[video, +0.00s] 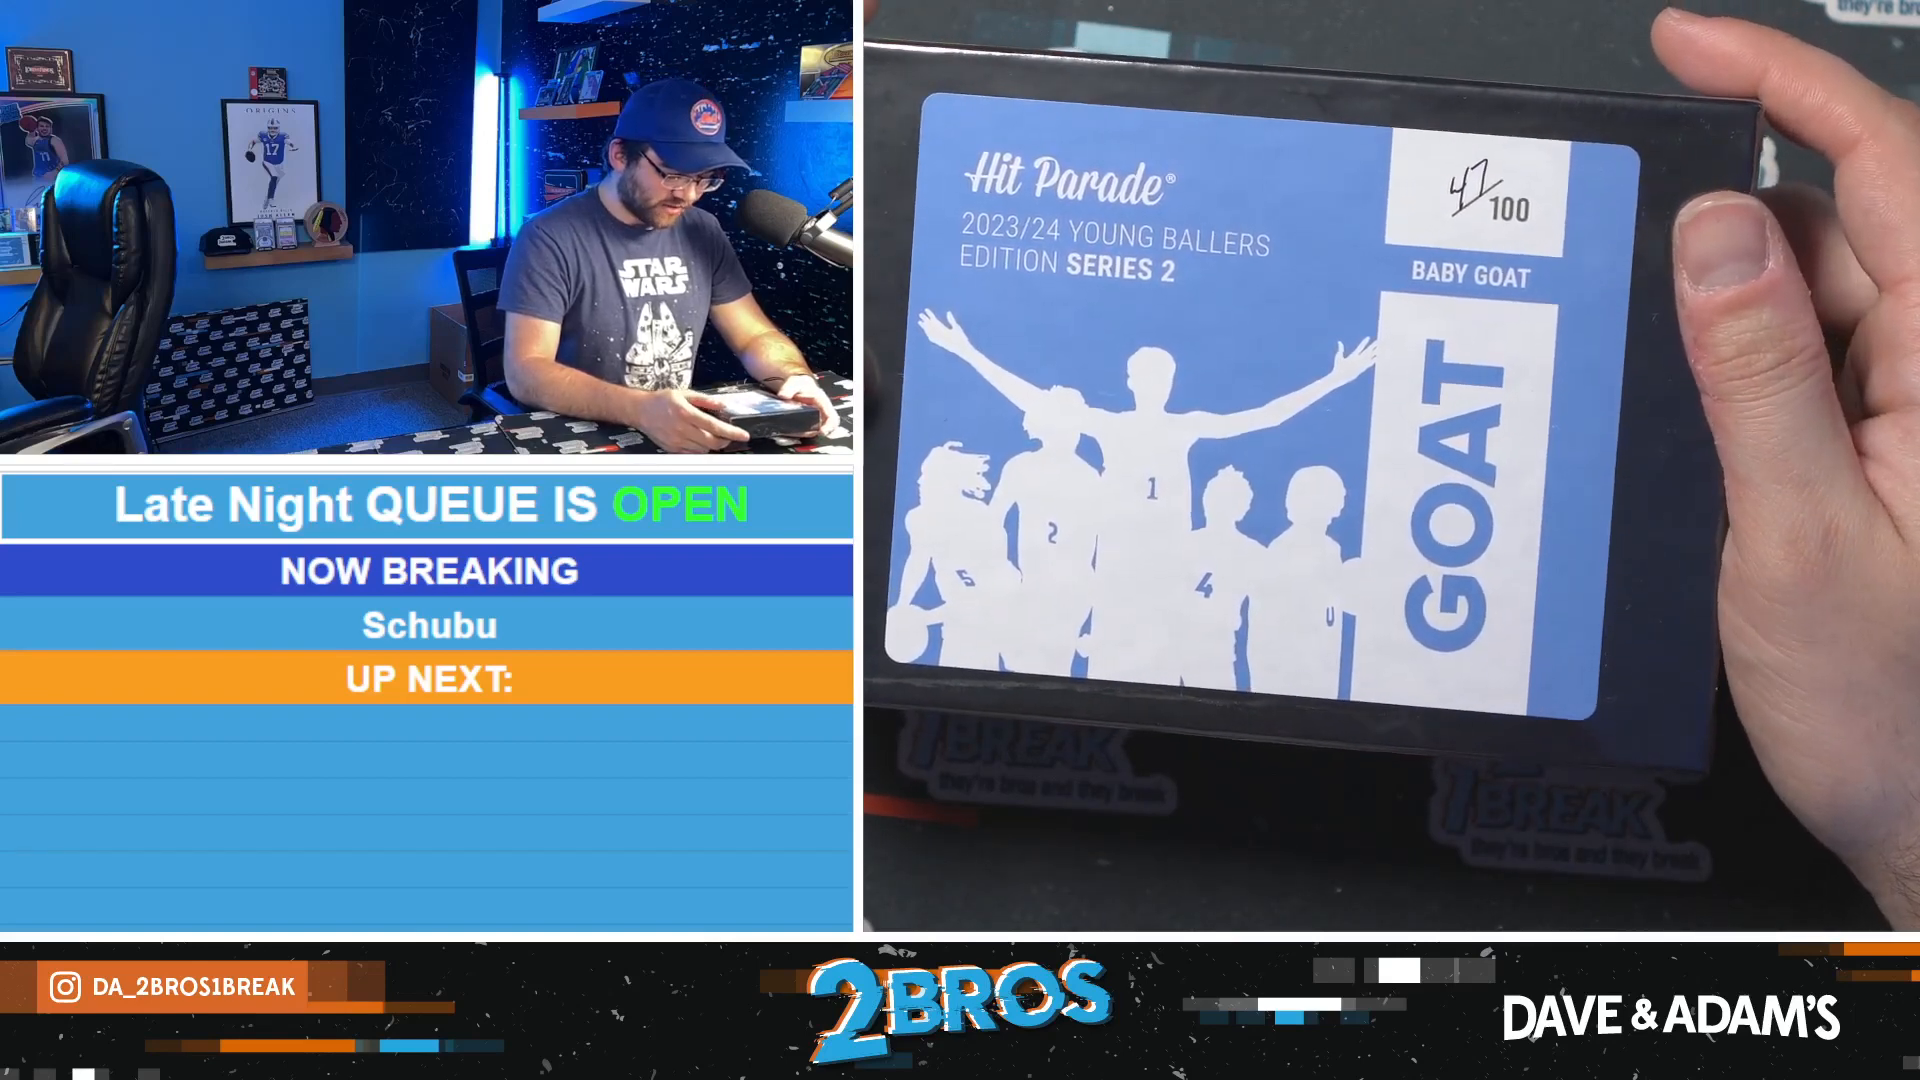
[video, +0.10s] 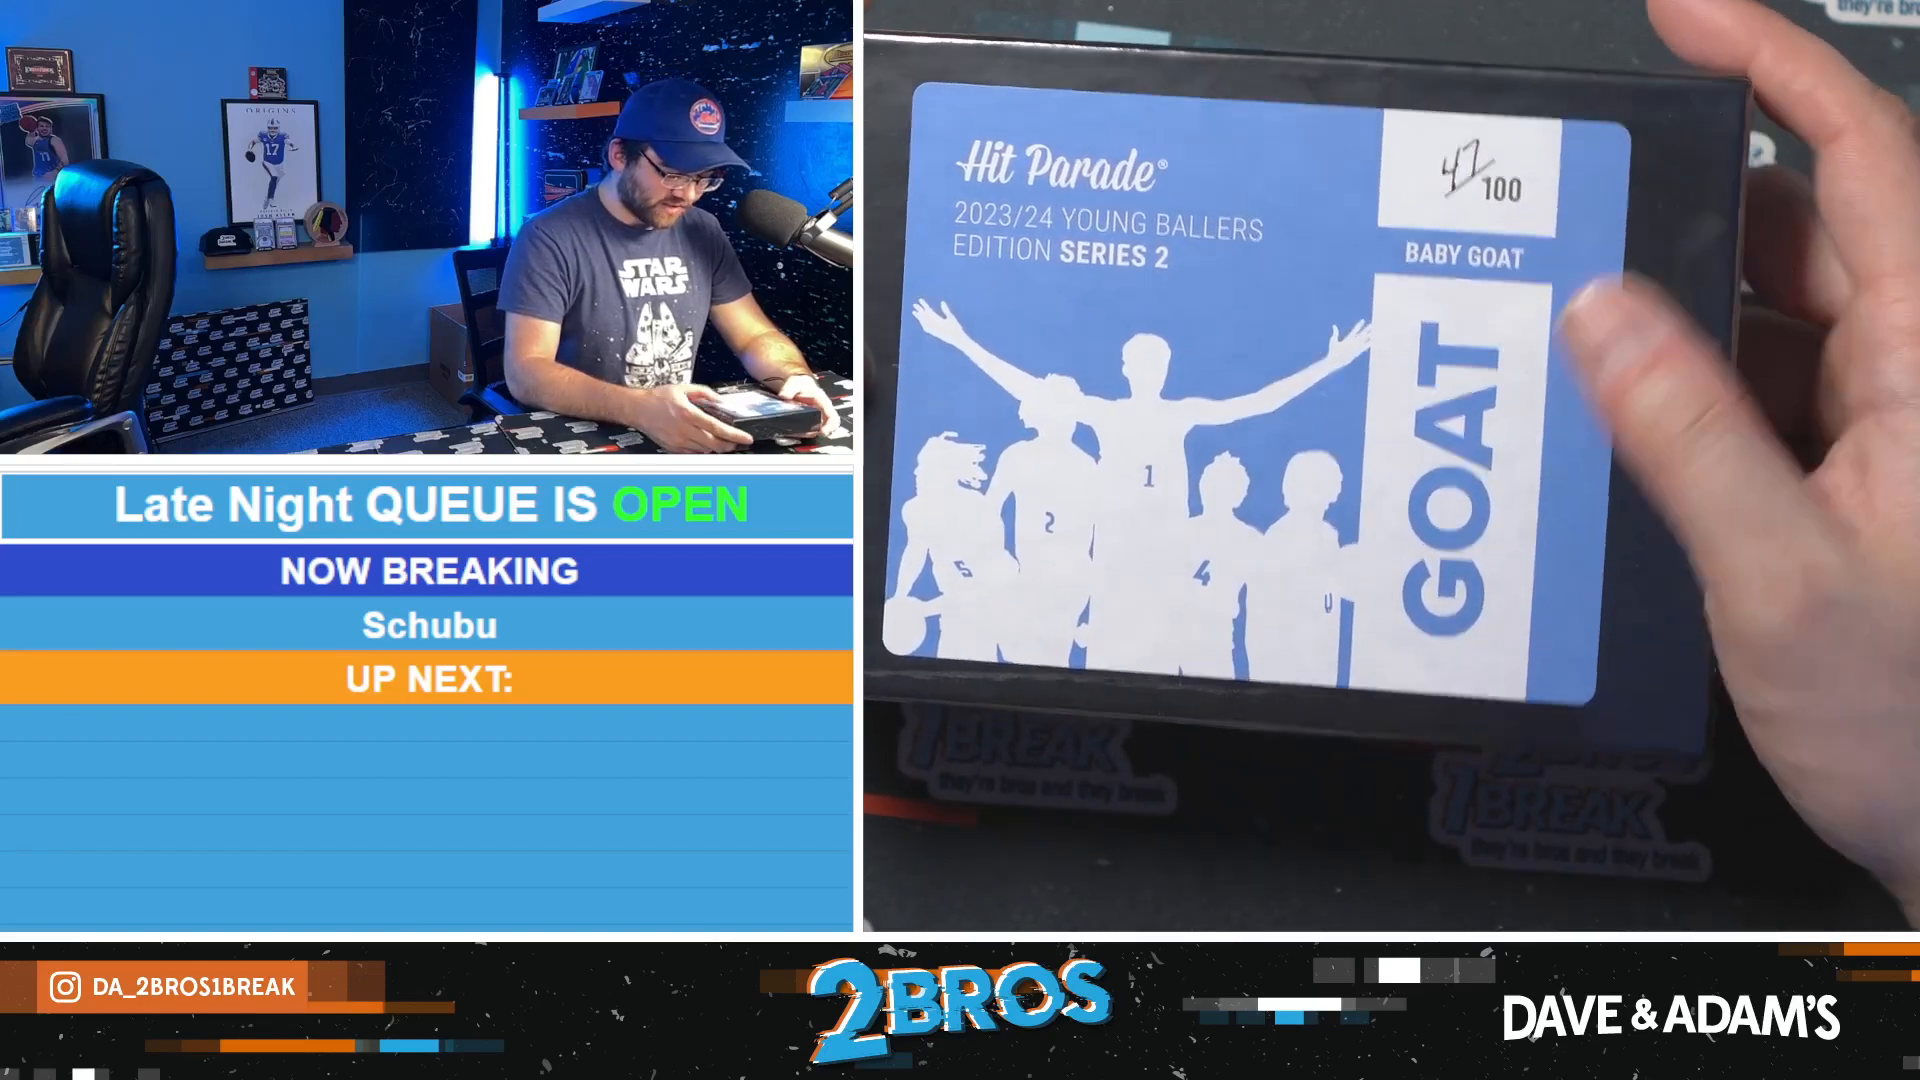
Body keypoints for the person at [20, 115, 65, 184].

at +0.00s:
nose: (44, 128)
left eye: (47, 126)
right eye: (41, 126)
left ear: (50, 128)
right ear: (37, 128)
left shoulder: (55, 140)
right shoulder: (35, 140)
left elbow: (64, 160)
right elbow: (28, 142)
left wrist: (54, 173)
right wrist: (31, 132)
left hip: (51, 177)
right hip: (37, 176)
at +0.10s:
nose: (44, 128)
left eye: (47, 126)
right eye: (41, 126)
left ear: (50, 129)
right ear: (37, 128)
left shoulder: (54, 140)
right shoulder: (35, 140)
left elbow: (64, 161)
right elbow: (28, 142)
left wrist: (54, 173)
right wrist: (31, 132)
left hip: (51, 177)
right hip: (37, 176)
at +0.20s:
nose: (44, 128)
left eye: (47, 126)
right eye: (41, 126)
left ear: (51, 129)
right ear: (37, 128)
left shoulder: (54, 140)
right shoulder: (35, 140)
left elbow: (64, 160)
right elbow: (28, 142)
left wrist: (54, 173)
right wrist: (30, 133)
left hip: (50, 177)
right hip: (37, 176)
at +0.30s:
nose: (44, 128)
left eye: (47, 126)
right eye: (41, 126)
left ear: (50, 128)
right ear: (37, 128)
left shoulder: (55, 140)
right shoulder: (35, 140)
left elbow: (64, 160)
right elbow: (28, 142)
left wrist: (54, 173)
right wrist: (31, 132)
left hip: (51, 177)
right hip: (37, 176)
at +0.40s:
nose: (44, 128)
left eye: (47, 126)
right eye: (41, 126)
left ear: (50, 128)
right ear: (37, 128)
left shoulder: (55, 140)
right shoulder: (35, 140)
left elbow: (64, 160)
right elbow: (28, 142)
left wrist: (54, 173)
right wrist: (31, 132)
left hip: (51, 177)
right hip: (37, 176)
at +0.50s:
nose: (44, 128)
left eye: (47, 126)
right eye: (41, 126)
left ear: (50, 128)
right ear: (37, 128)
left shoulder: (55, 140)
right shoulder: (35, 140)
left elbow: (64, 160)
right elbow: (28, 142)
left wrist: (54, 173)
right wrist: (31, 132)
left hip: (51, 177)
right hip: (37, 176)